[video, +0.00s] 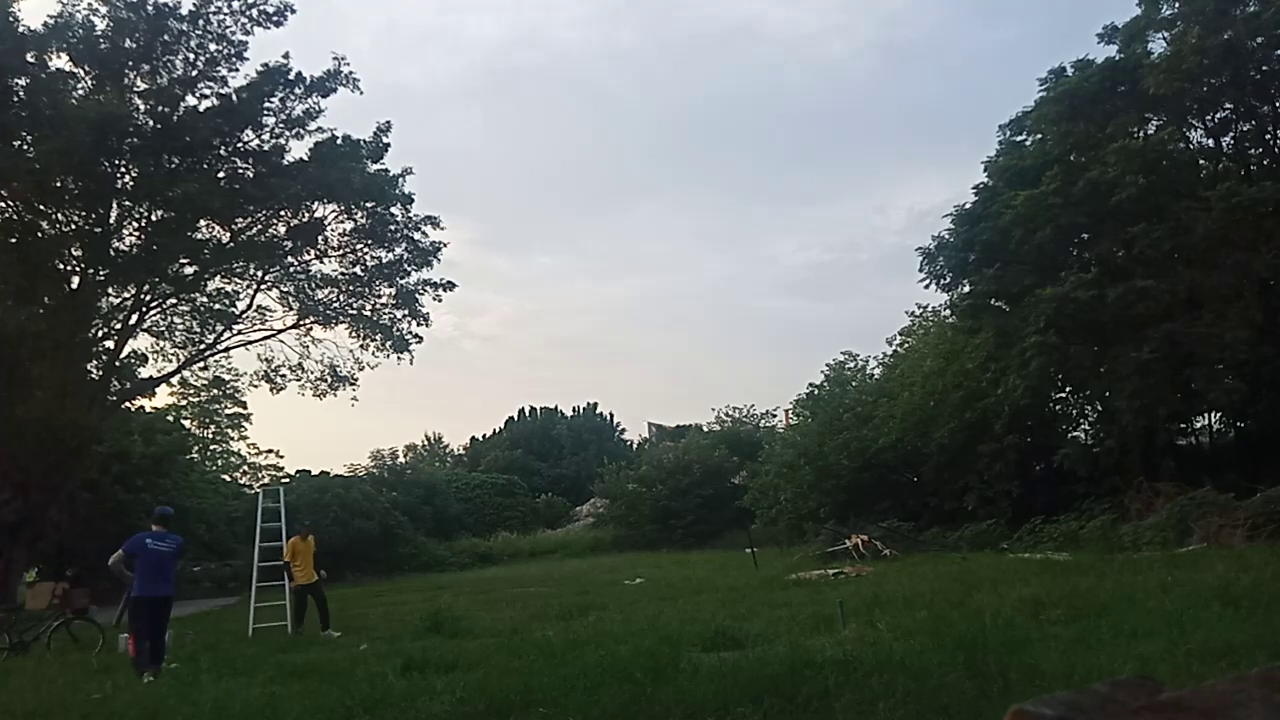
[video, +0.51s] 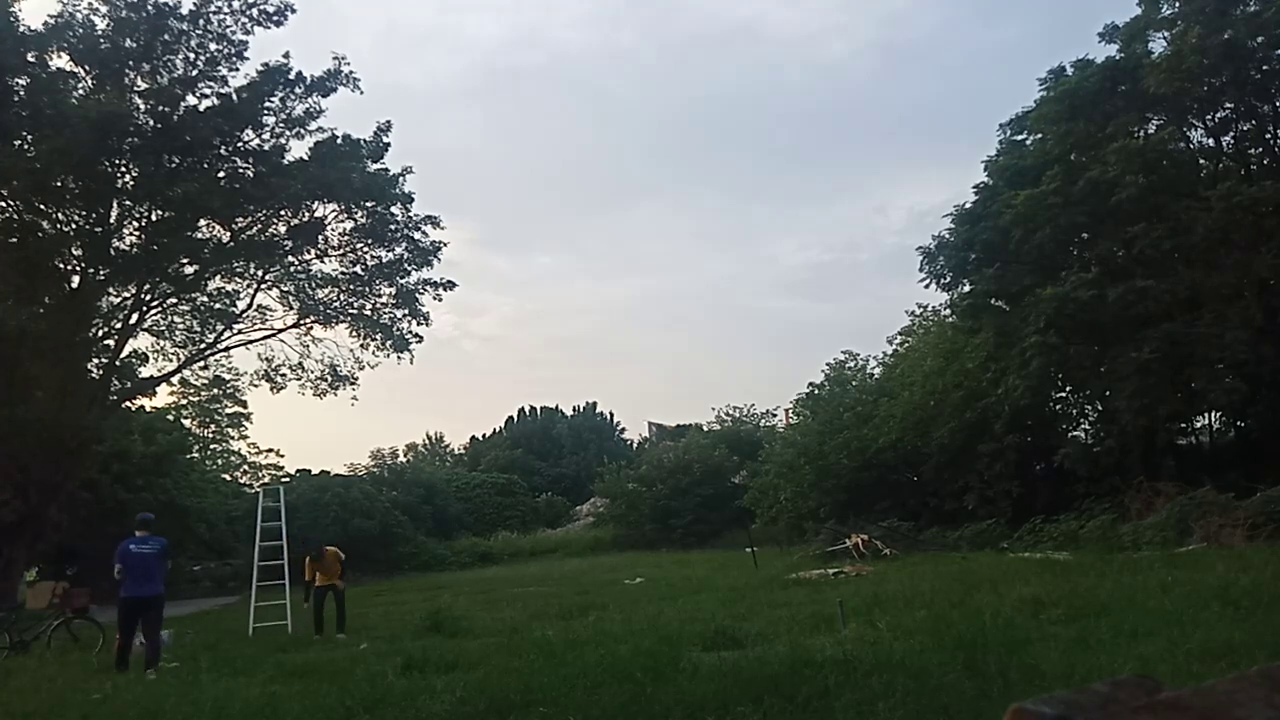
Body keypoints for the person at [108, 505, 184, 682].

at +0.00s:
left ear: (152, 521)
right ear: (170, 523)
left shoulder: (140, 539)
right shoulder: (177, 542)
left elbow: (113, 562)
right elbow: (174, 565)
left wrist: (129, 578)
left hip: (141, 595)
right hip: (165, 595)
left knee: (138, 634)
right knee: (158, 634)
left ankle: (144, 671)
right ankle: (156, 669)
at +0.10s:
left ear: (152, 521)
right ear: (169, 523)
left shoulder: (140, 537)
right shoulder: (176, 541)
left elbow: (112, 558)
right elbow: (174, 562)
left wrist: (129, 571)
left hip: (141, 594)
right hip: (164, 595)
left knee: (133, 633)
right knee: (158, 635)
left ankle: (140, 659)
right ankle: (157, 671)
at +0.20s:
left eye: (152, 518)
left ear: (149, 518)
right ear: (166, 520)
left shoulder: (139, 534)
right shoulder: (174, 537)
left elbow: (111, 554)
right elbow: (174, 557)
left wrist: (129, 563)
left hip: (138, 590)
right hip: (162, 592)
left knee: (130, 627)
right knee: (158, 631)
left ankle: (138, 656)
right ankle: (156, 668)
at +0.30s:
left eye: (147, 519)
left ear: (146, 520)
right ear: (163, 521)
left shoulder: (135, 536)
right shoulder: (171, 538)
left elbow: (109, 558)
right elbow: (176, 557)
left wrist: (128, 562)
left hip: (136, 591)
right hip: (160, 592)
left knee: (128, 628)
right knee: (156, 633)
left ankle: (128, 667)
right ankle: (154, 668)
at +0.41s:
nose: (147, 527)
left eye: (145, 524)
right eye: (153, 524)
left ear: (142, 524)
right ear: (158, 524)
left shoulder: (131, 542)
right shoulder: (167, 541)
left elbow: (112, 567)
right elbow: (169, 563)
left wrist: (128, 571)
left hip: (134, 594)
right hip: (158, 594)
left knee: (127, 632)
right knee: (155, 634)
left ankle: (120, 666)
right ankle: (153, 669)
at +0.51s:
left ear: (135, 527)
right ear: (151, 527)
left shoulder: (125, 546)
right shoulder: (162, 544)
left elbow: (117, 573)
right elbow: (167, 568)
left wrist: (132, 576)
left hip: (130, 596)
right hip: (154, 595)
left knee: (125, 635)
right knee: (152, 635)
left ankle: (121, 668)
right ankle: (151, 669)